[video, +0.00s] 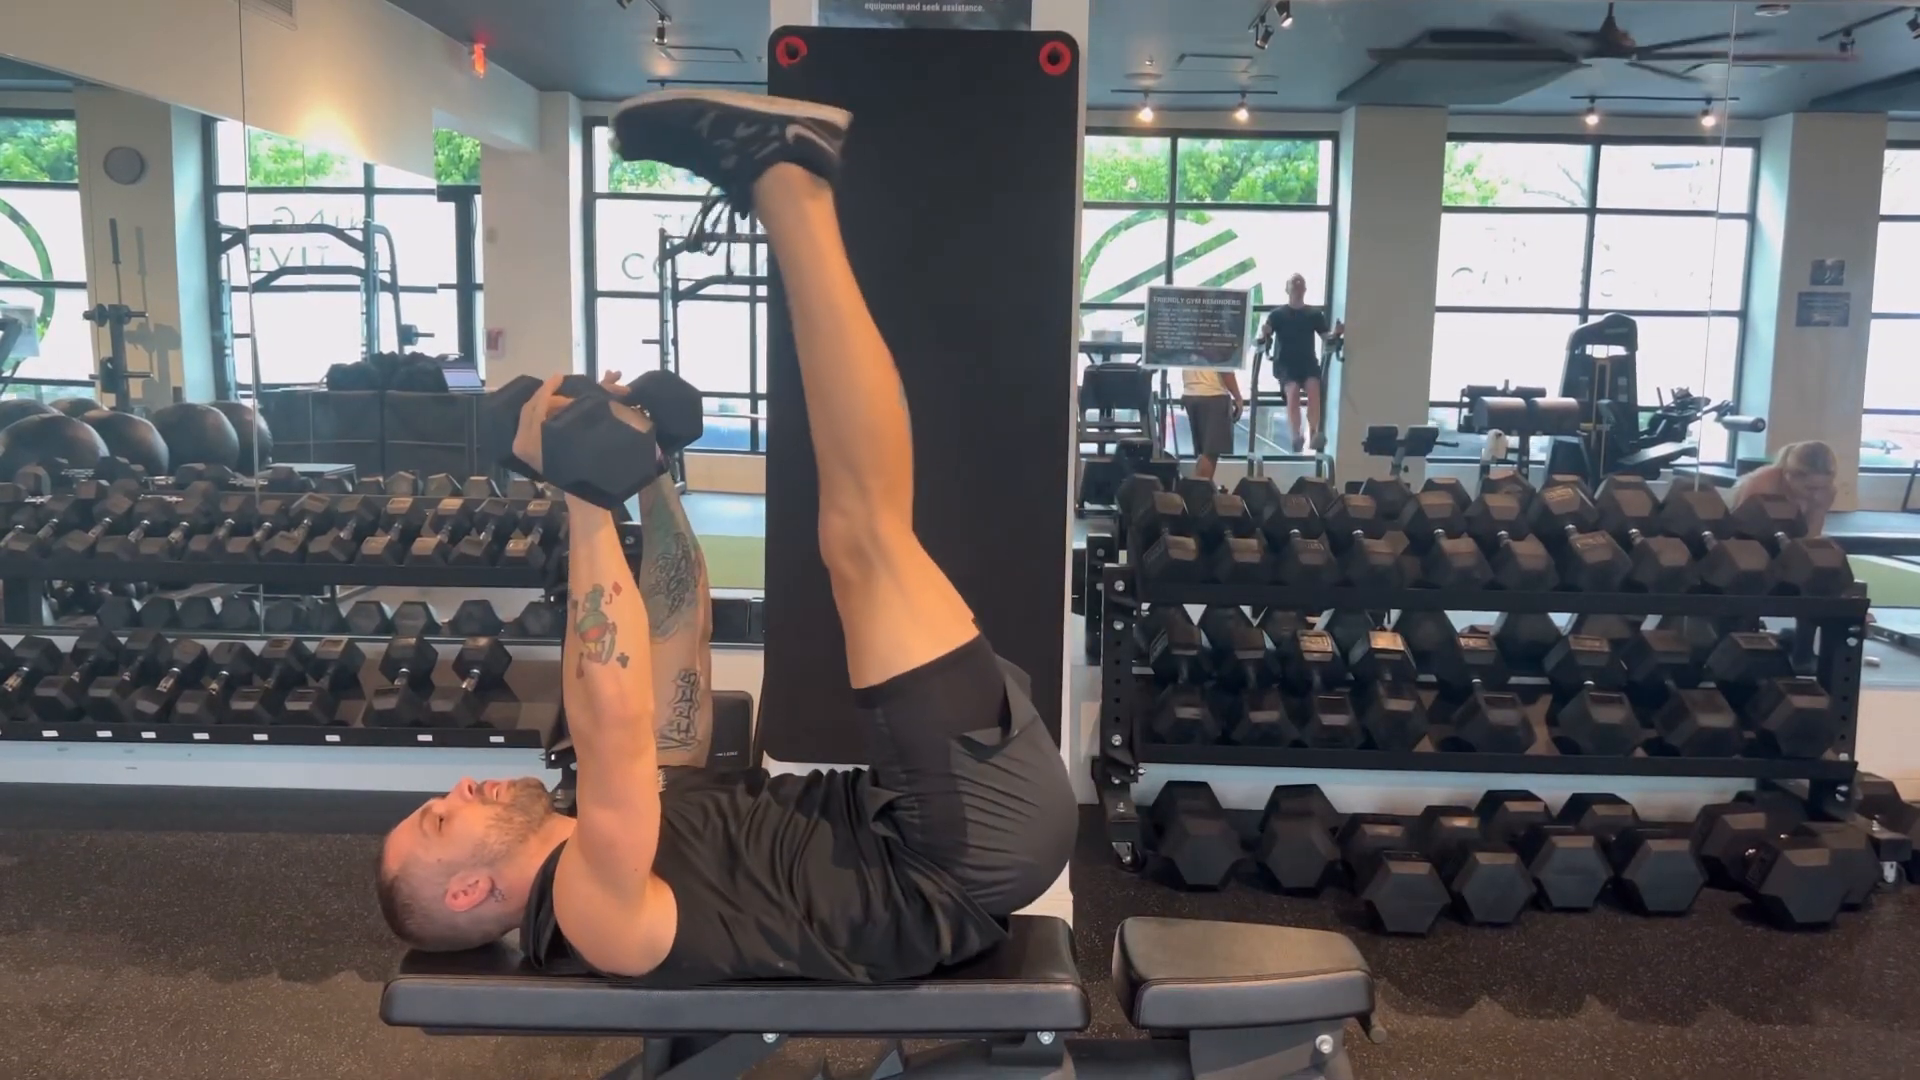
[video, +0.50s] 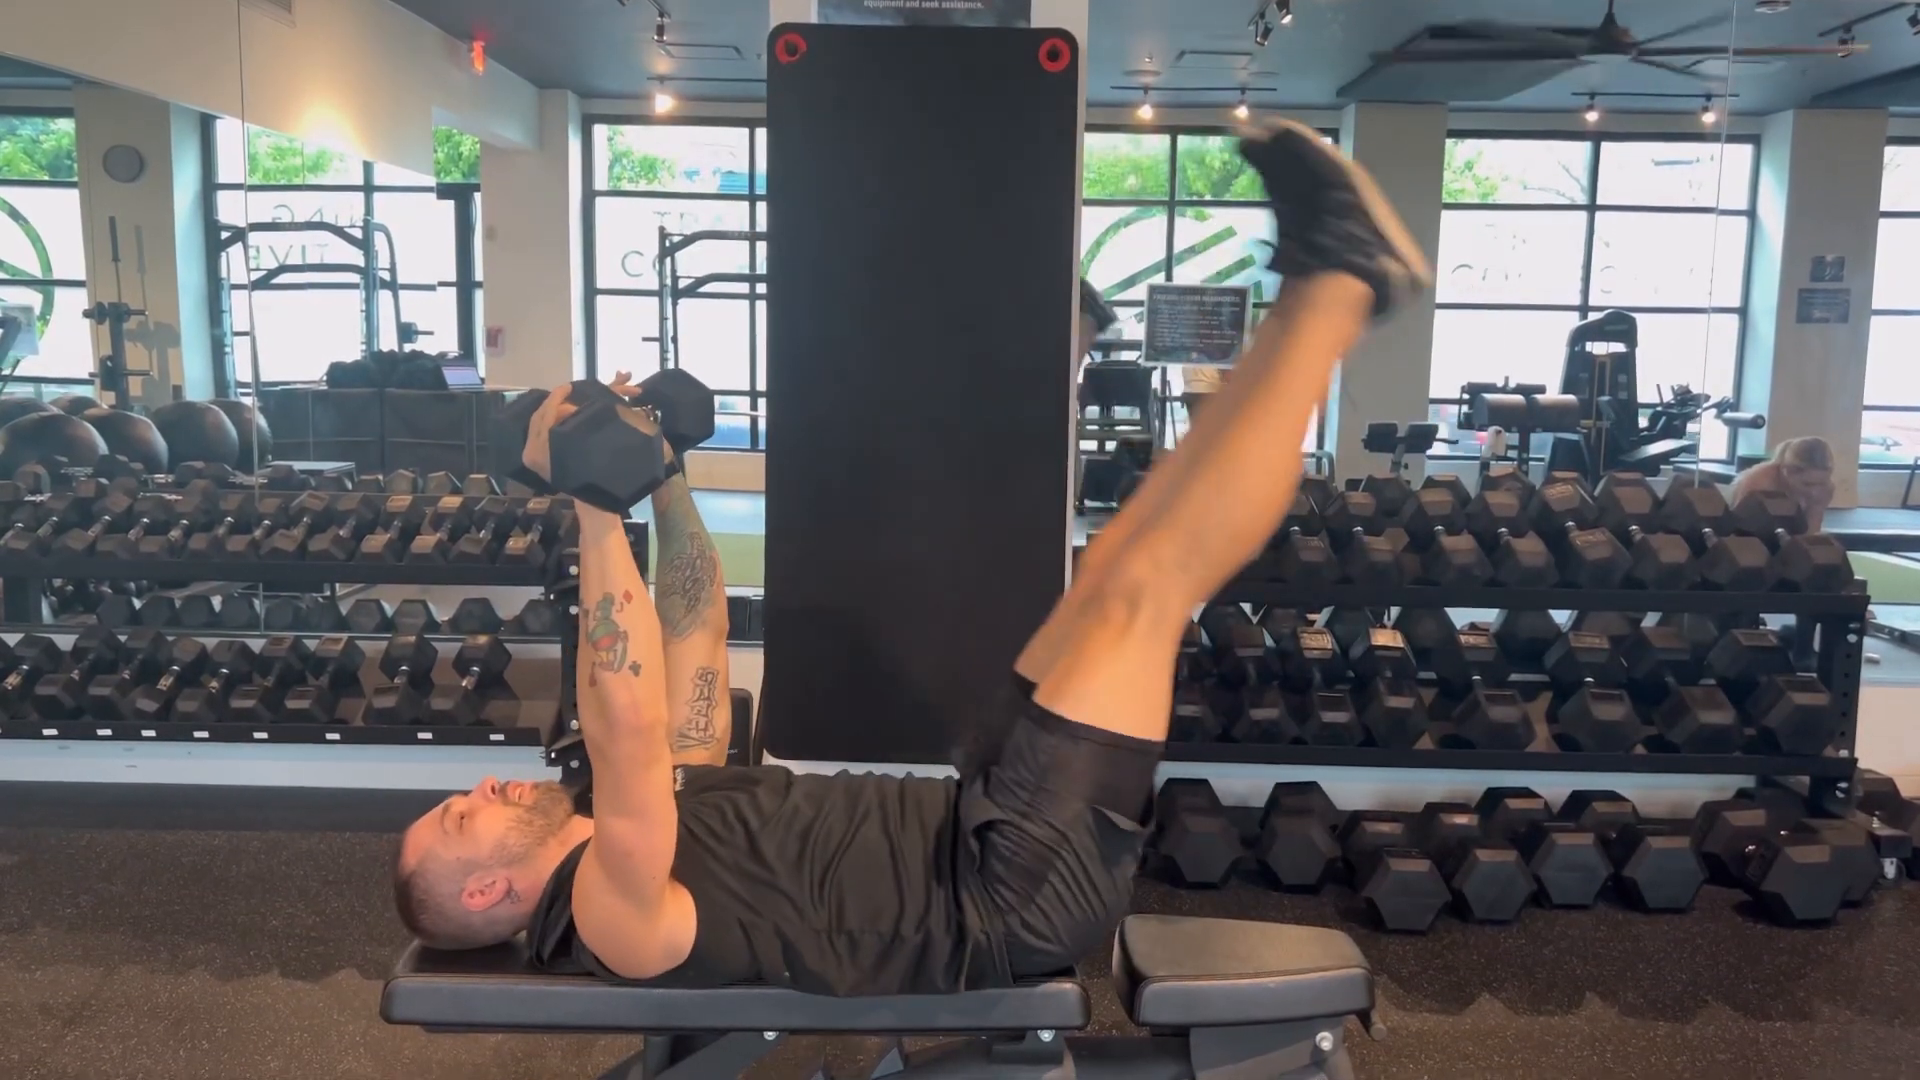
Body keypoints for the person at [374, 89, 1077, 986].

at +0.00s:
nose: (470, 783)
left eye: (441, 797)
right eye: (446, 813)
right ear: (481, 886)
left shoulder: (621, 835)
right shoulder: (602, 900)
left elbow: (679, 629)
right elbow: (609, 693)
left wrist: (647, 470)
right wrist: (581, 496)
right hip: (967, 849)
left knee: (872, 533)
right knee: (865, 537)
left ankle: (791, 185)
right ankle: (785, 181)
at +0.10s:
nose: (472, 784)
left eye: (441, 798)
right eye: (447, 814)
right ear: (479, 886)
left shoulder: (622, 843)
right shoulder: (602, 902)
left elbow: (680, 618)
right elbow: (608, 697)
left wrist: (648, 469)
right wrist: (584, 499)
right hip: (969, 864)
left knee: (894, 529)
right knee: (888, 533)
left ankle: (841, 182)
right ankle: (840, 174)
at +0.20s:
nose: (477, 783)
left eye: (448, 795)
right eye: (452, 812)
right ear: (484, 884)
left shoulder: (633, 835)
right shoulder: (605, 902)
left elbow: (685, 623)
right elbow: (611, 706)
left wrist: (654, 473)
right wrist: (583, 499)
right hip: (972, 880)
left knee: (940, 541)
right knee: (934, 543)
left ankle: (936, 186)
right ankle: (934, 180)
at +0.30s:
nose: (477, 788)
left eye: (449, 798)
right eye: (453, 818)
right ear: (484, 892)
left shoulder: (634, 838)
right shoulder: (607, 901)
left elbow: (687, 628)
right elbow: (610, 698)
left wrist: (656, 475)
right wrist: (583, 497)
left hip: (965, 852)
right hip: (989, 892)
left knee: (996, 550)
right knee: (993, 553)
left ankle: (1052, 203)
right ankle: (1054, 198)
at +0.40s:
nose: (479, 787)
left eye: (451, 797)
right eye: (456, 820)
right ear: (492, 889)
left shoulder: (645, 826)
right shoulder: (612, 905)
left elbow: (695, 630)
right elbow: (613, 721)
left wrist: (658, 481)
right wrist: (595, 511)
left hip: (976, 848)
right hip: (1001, 897)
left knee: (1056, 552)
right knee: (1064, 562)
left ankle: (1197, 235)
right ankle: (1200, 231)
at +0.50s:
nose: (478, 791)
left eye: (458, 802)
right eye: (460, 830)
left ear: (499, 813)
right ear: (499, 889)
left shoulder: (628, 822)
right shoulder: (615, 897)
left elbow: (696, 659)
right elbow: (624, 679)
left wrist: (661, 485)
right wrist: (597, 508)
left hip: (977, 826)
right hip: (1005, 886)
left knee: (1123, 562)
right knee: (1142, 576)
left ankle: (1321, 285)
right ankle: (1340, 277)